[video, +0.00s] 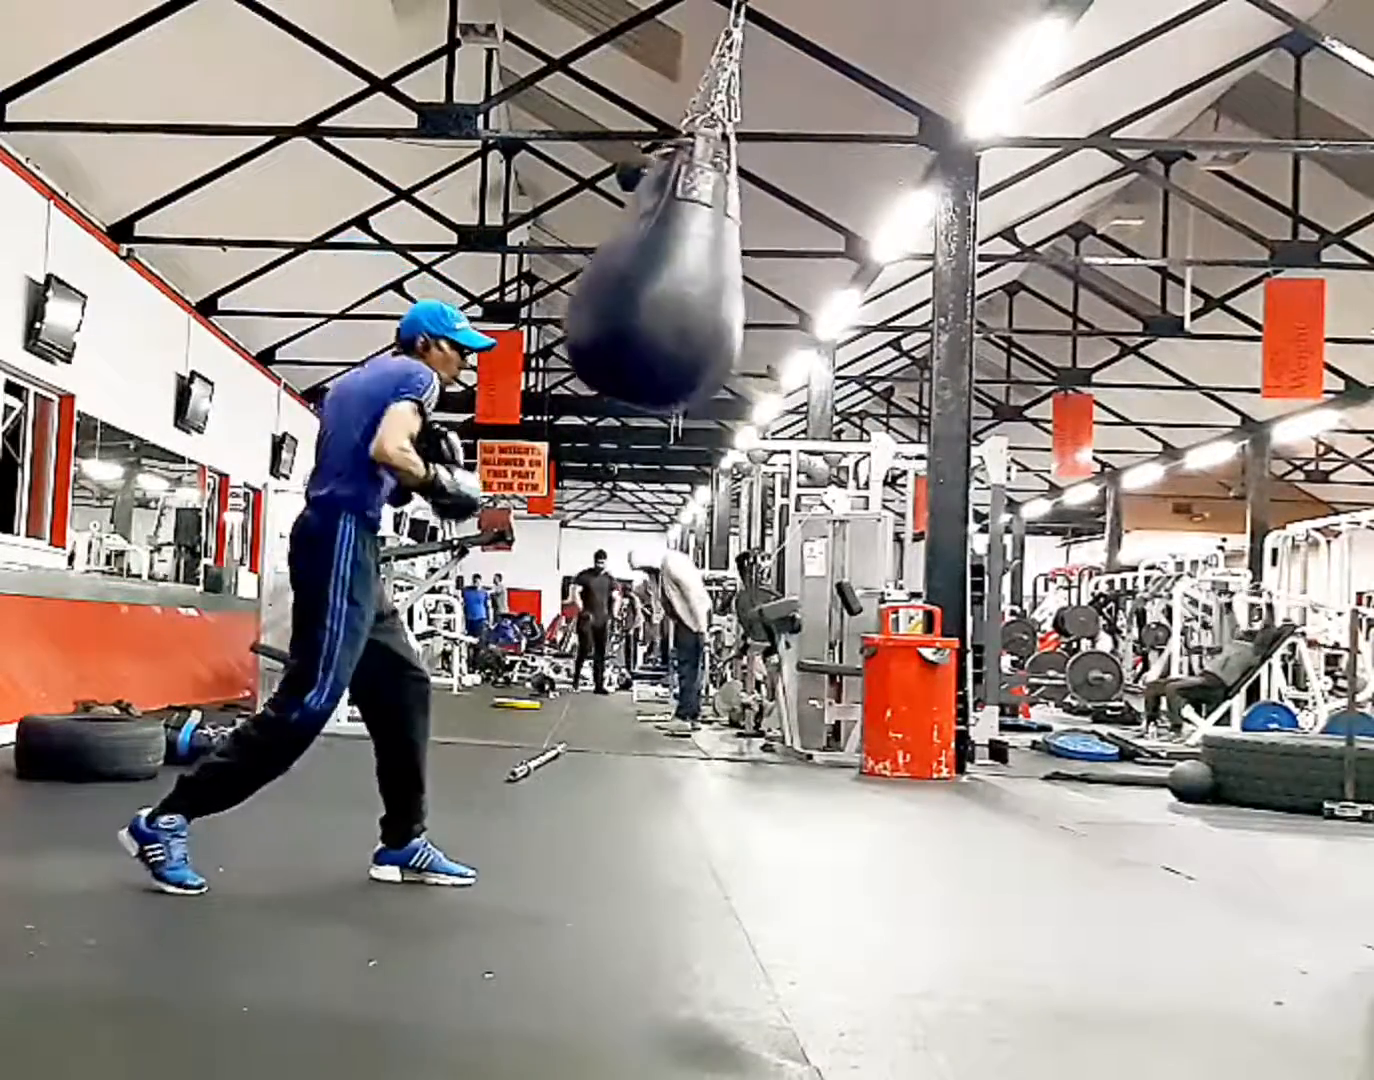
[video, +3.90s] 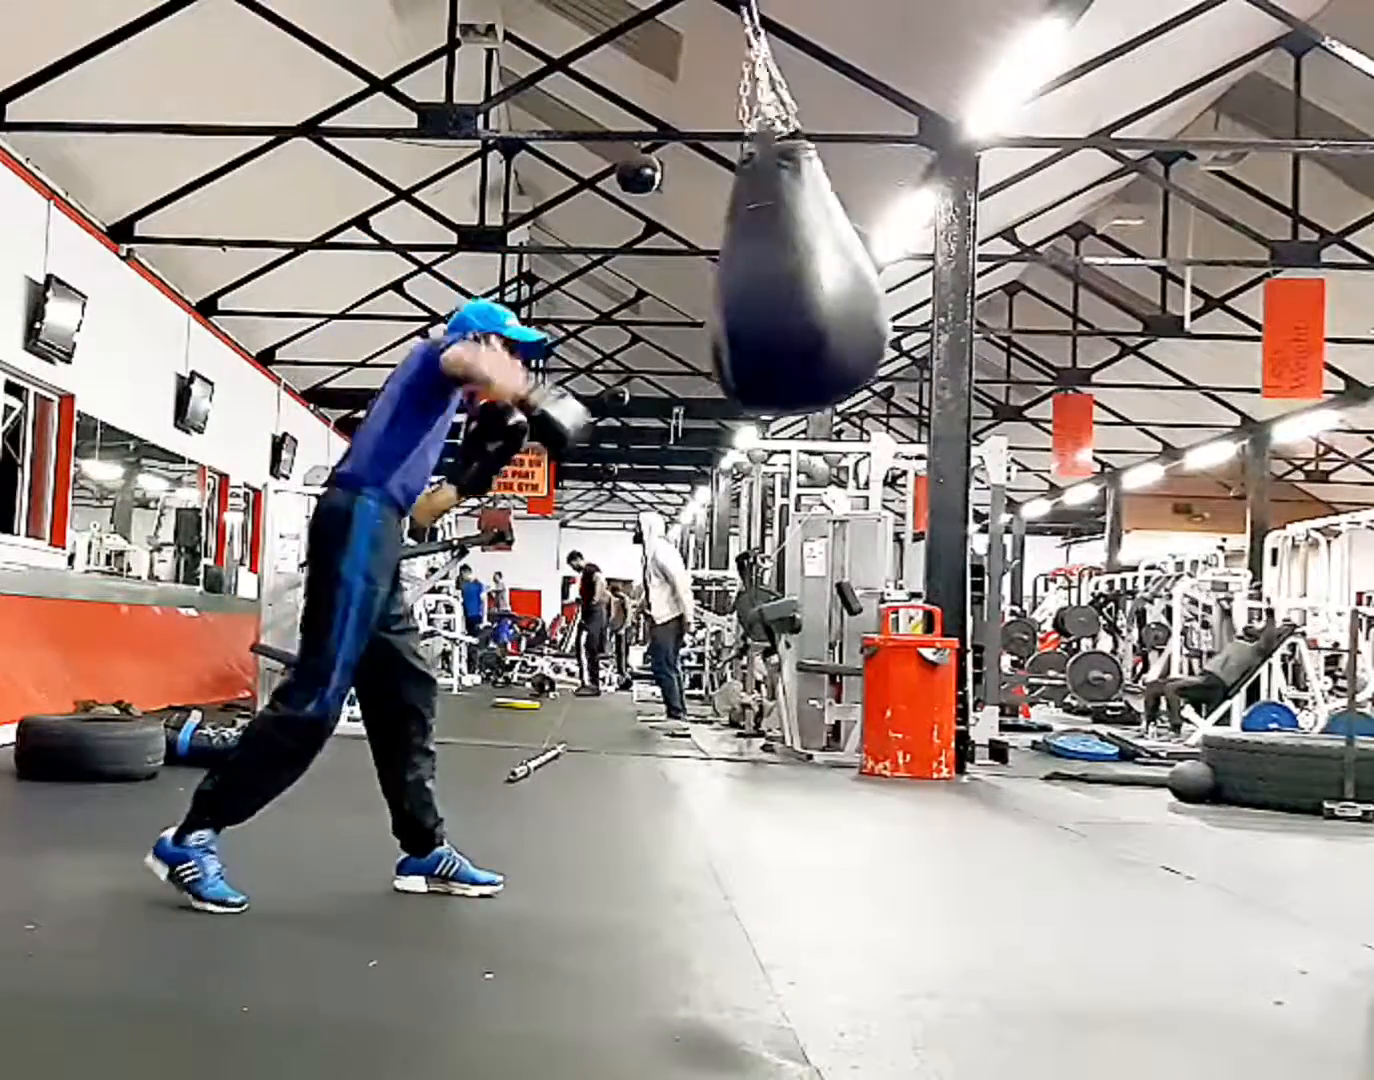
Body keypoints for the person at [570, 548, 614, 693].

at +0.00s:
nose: (600, 564)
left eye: (603, 562)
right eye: (598, 561)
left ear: (606, 562)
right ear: (594, 561)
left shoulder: (609, 579)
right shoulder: (584, 576)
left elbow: (617, 596)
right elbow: (574, 592)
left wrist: (614, 613)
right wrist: (580, 608)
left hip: (603, 617)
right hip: (587, 616)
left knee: (600, 653)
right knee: (585, 649)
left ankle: (599, 684)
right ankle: (576, 681)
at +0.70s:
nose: (598, 564)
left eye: (600, 561)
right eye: (595, 562)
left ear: (604, 561)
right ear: (592, 563)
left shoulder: (615, 576)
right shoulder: (587, 579)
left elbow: (624, 595)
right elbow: (581, 599)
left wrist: (622, 612)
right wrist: (586, 616)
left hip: (612, 617)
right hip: (595, 618)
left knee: (616, 649)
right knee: (597, 651)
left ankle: (607, 679)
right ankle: (599, 682)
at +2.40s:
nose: (589, 567)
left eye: (591, 562)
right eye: (587, 563)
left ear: (598, 559)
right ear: (589, 563)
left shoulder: (609, 574)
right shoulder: (599, 575)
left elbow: (609, 601)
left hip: (608, 622)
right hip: (598, 621)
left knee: (606, 655)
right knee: (596, 654)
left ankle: (605, 686)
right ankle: (594, 684)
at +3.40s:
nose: (578, 565)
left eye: (579, 561)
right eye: (576, 563)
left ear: (586, 557)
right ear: (578, 563)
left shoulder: (598, 569)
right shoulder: (588, 577)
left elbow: (608, 582)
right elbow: (588, 597)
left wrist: (595, 596)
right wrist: (582, 600)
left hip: (600, 616)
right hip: (590, 617)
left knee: (599, 652)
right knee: (591, 652)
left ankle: (602, 685)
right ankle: (594, 684)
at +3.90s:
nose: (573, 568)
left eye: (573, 564)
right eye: (572, 565)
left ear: (579, 559)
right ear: (575, 563)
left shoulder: (591, 570)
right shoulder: (586, 574)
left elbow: (599, 581)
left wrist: (595, 598)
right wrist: (580, 600)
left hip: (594, 612)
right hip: (591, 613)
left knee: (582, 646)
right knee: (591, 649)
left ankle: (587, 683)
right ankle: (593, 683)